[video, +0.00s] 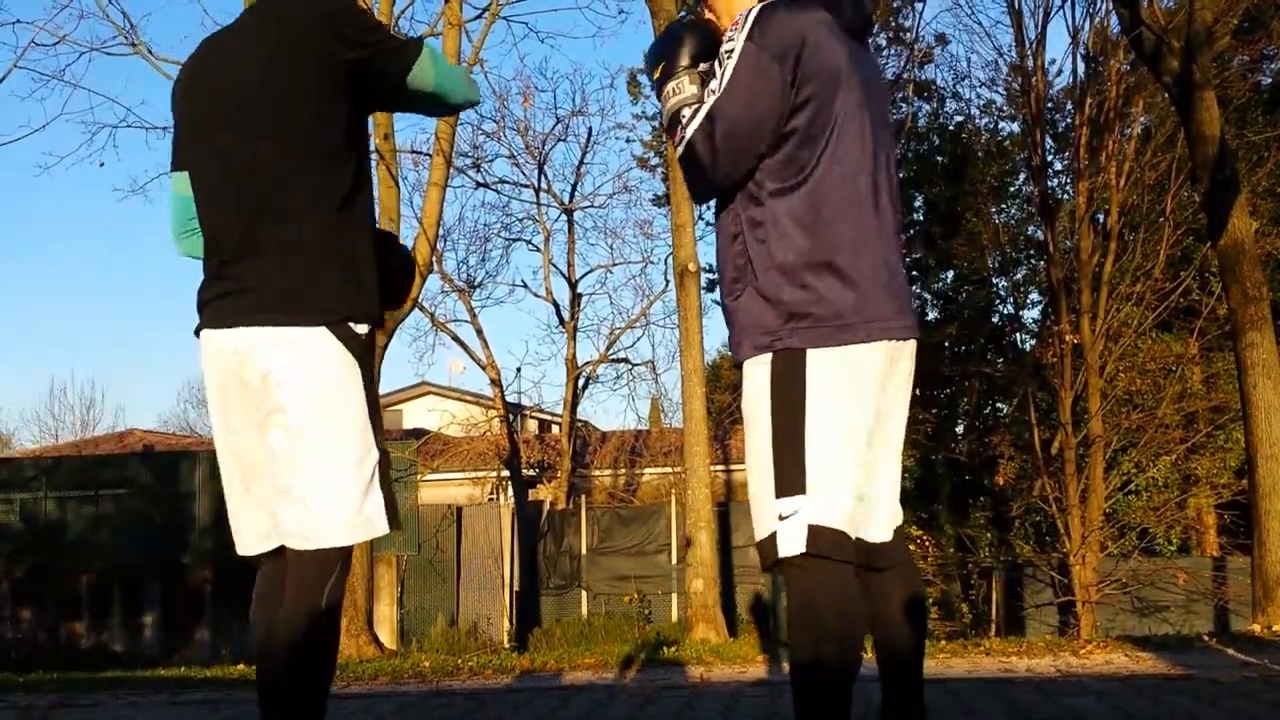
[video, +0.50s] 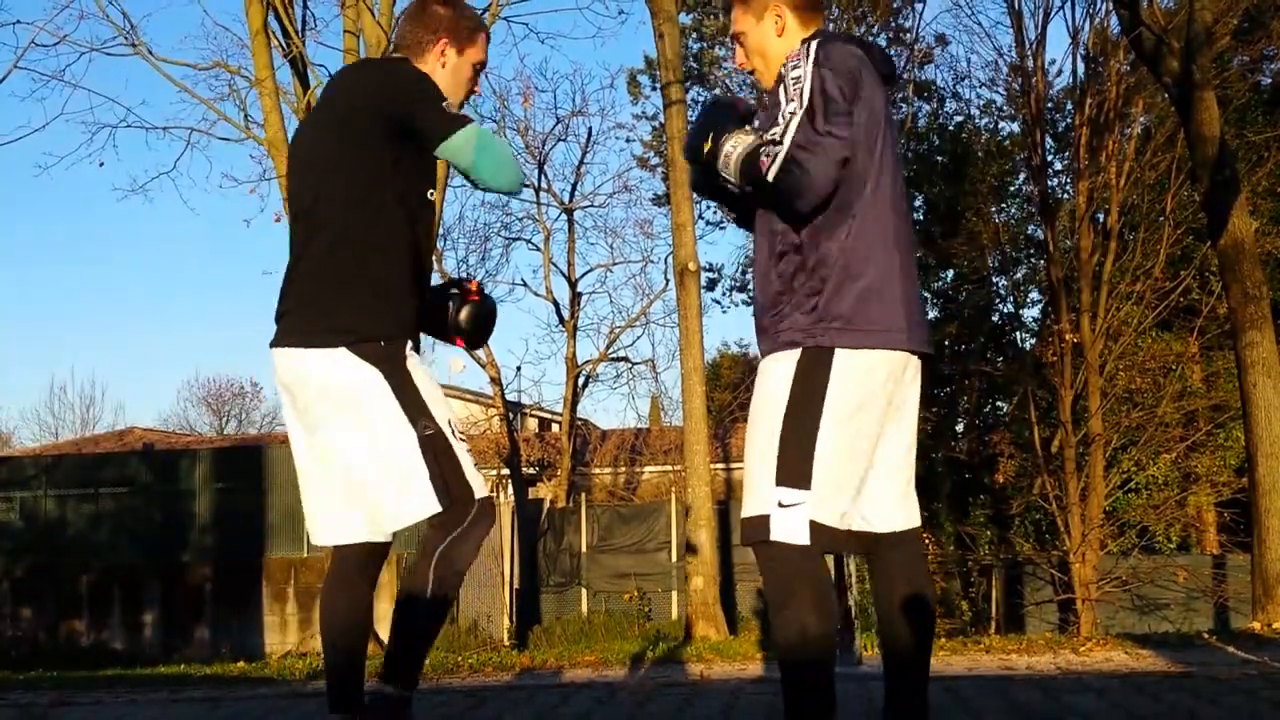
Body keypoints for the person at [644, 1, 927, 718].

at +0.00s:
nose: (705, 14)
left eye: (706, 6)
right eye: (703, 10)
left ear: (728, 0)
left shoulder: (776, 31)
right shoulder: (848, 40)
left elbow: (710, 162)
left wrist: (679, 82)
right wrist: (724, 67)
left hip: (807, 322)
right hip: (878, 314)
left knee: (806, 540)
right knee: (875, 533)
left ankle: (821, 718)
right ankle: (906, 713)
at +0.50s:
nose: (735, 58)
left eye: (739, 38)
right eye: (732, 43)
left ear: (778, 17)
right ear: (782, 18)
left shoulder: (825, 61)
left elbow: (803, 182)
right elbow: (774, 214)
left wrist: (731, 143)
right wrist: (718, 157)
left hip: (827, 332)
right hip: (887, 330)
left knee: (778, 528)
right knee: (888, 525)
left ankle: (807, 713)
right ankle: (908, 711)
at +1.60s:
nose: (830, 50)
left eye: (843, 30)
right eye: (815, 37)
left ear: (876, 24)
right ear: (800, 41)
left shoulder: (913, 97)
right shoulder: (814, 118)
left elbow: (903, 209)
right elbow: (802, 245)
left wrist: (794, 158)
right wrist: (751, 174)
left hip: (883, 351)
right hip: (846, 354)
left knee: (845, 543)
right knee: (910, 539)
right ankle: (981, 704)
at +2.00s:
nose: (910, 39)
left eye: (924, 22)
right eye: (897, 28)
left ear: (960, 17)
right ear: (888, 33)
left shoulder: (990, 77)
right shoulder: (923, 112)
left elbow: (991, 185)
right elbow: (893, 225)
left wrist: (884, 157)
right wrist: (838, 173)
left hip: (971, 334)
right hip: (932, 338)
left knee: (944, 518)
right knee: (965, 524)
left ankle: (1088, 695)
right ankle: (988, 707)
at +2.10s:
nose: (918, 40)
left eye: (930, 21)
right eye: (905, 28)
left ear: (972, 15)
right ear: (897, 33)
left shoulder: (1002, 78)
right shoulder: (937, 114)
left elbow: (990, 194)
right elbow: (920, 224)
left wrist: (890, 163)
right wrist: (871, 184)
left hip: (999, 340)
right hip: (937, 350)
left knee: (1030, 531)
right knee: (965, 543)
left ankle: (1118, 708)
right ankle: (989, 709)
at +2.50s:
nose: (944, 43)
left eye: (953, 24)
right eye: (941, 28)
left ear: (1006, 11)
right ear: (994, 17)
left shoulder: (1058, 66)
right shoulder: (1015, 93)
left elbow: (1014, 186)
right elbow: (977, 212)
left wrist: (939, 126)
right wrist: (922, 140)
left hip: (1061, 336)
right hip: (1011, 343)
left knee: (1086, 526)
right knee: (1032, 527)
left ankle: (1131, 706)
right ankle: (1109, 692)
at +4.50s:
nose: (985, 70)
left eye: (994, 53)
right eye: (982, 57)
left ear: (1044, 46)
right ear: (1038, 53)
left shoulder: (1076, 95)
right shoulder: (1086, 107)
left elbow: (1039, 189)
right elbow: (1027, 216)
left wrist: (957, 146)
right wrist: (965, 174)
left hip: (1055, 340)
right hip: (1107, 339)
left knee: (997, 517)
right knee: (1133, 517)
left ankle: (1013, 709)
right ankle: (1207, 694)